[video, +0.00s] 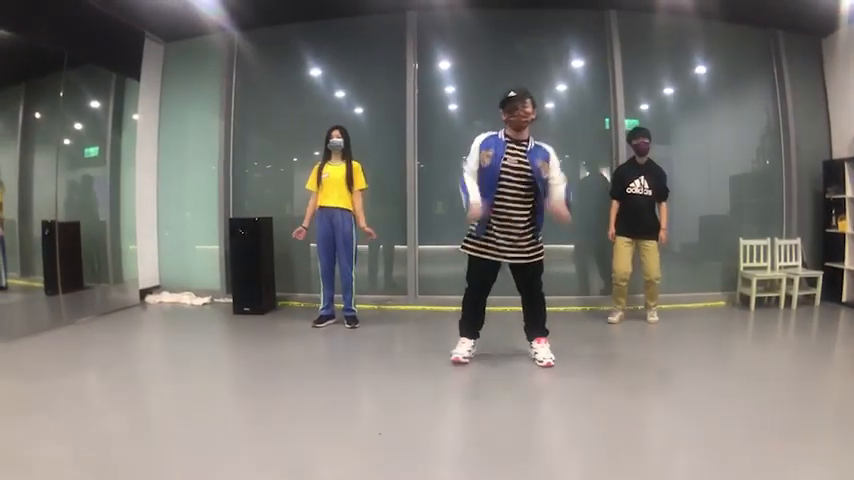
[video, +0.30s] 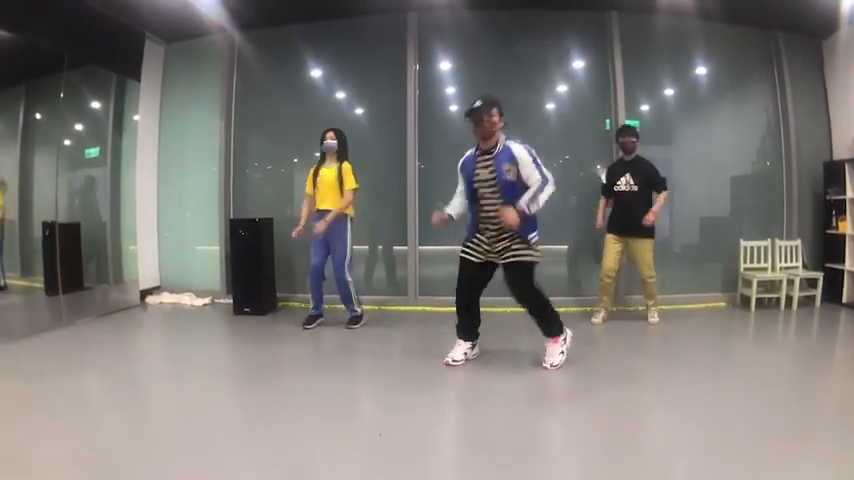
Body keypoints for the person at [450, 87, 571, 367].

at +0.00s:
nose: (522, 112)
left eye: (527, 107)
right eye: (516, 108)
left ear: (534, 112)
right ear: (504, 113)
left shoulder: (544, 152)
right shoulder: (486, 142)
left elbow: (557, 181)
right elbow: (469, 174)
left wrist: (557, 201)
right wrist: (474, 201)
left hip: (526, 235)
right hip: (488, 232)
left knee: (532, 289)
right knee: (477, 286)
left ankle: (539, 340)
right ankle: (467, 338)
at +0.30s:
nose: (484, 123)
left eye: (489, 117)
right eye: (479, 119)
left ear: (500, 120)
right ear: (472, 124)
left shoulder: (517, 151)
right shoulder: (467, 161)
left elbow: (544, 183)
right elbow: (463, 196)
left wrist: (520, 209)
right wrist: (448, 213)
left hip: (515, 237)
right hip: (480, 238)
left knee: (522, 289)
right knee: (465, 291)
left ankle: (557, 336)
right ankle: (467, 342)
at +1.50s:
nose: (468, 142)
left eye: (473, 136)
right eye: (461, 137)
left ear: (484, 135)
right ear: (454, 139)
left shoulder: (501, 159)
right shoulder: (450, 173)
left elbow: (544, 166)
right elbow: (431, 195)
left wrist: (520, 199)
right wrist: (433, 201)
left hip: (503, 246)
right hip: (468, 246)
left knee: (498, 302)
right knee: (455, 299)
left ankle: (535, 341)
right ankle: (455, 346)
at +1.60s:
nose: (472, 128)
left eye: (477, 121)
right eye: (465, 124)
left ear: (488, 121)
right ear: (458, 127)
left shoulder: (506, 147)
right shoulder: (452, 162)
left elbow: (539, 173)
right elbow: (445, 191)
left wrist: (529, 211)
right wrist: (442, 213)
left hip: (508, 240)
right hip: (471, 242)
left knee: (515, 294)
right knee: (461, 297)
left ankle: (538, 343)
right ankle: (456, 346)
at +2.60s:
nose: (482, 135)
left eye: (487, 130)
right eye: (475, 131)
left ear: (498, 132)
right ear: (468, 135)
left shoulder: (510, 157)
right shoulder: (458, 164)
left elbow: (541, 184)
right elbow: (444, 195)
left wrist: (535, 229)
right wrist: (444, 232)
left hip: (511, 239)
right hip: (476, 240)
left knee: (507, 292)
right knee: (468, 295)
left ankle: (545, 337)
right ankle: (469, 345)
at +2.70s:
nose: (486, 137)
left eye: (492, 132)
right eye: (480, 132)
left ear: (502, 130)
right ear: (473, 133)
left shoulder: (518, 160)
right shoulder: (460, 166)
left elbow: (537, 197)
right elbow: (451, 204)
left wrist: (539, 240)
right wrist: (451, 242)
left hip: (511, 246)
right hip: (475, 246)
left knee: (507, 300)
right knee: (466, 300)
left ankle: (544, 340)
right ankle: (469, 346)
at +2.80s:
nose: (492, 132)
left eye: (497, 126)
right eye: (486, 127)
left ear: (508, 124)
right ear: (477, 128)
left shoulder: (524, 156)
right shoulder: (465, 162)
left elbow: (536, 195)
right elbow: (459, 200)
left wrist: (537, 235)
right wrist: (458, 235)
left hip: (512, 243)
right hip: (476, 243)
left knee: (519, 295)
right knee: (464, 298)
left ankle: (547, 342)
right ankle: (468, 346)